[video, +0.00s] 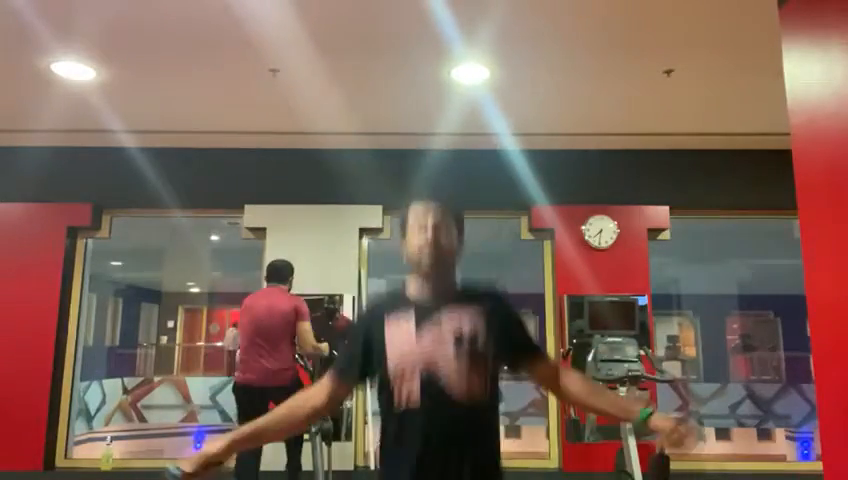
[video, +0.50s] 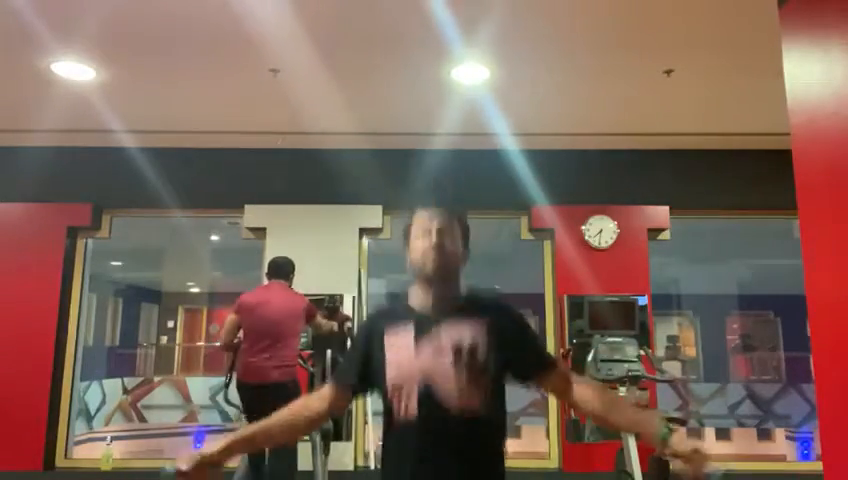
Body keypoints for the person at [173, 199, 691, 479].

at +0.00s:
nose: (427, 238)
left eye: (439, 228)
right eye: (417, 229)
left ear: (459, 241)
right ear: (402, 243)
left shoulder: (490, 311)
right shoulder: (376, 317)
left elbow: (556, 378)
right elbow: (317, 399)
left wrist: (639, 416)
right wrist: (230, 442)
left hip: (474, 468)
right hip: (399, 468)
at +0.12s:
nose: (432, 172)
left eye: (443, 164)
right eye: (420, 165)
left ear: (459, 180)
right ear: (404, 183)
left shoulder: (489, 243)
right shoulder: (380, 251)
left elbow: (538, 333)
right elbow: (346, 343)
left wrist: (605, 387)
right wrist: (271, 404)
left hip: (477, 435)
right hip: (400, 438)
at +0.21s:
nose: (431, 157)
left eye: (443, 150)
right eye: (420, 151)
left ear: (461, 164)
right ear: (404, 167)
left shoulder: (490, 231)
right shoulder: (378, 239)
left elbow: (541, 321)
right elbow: (353, 331)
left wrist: (617, 363)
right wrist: (275, 379)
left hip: (478, 421)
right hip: (399, 423)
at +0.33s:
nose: (428, 190)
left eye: (439, 180)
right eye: (419, 181)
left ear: (456, 194)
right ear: (403, 194)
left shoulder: (491, 258)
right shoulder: (379, 265)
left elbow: (561, 340)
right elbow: (342, 351)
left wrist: (644, 371)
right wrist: (259, 386)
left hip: (478, 446)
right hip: (400, 447)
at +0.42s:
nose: (429, 242)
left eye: (441, 231)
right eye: (419, 231)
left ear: (463, 242)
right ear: (404, 243)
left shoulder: (497, 311)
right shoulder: (380, 314)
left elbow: (576, 378)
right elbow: (324, 391)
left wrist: (659, 414)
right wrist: (237, 421)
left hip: (475, 468)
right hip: (401, 468)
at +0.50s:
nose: (431, 243)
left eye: (444, 233)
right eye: (421, 234)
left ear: (464, 248)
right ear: (405, 249)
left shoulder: (496, 318)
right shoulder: (380, 325)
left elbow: (573, 390)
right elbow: (321, 403)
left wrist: (660, 433)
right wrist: (230, 446)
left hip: (476, 471)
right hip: (398, 470)